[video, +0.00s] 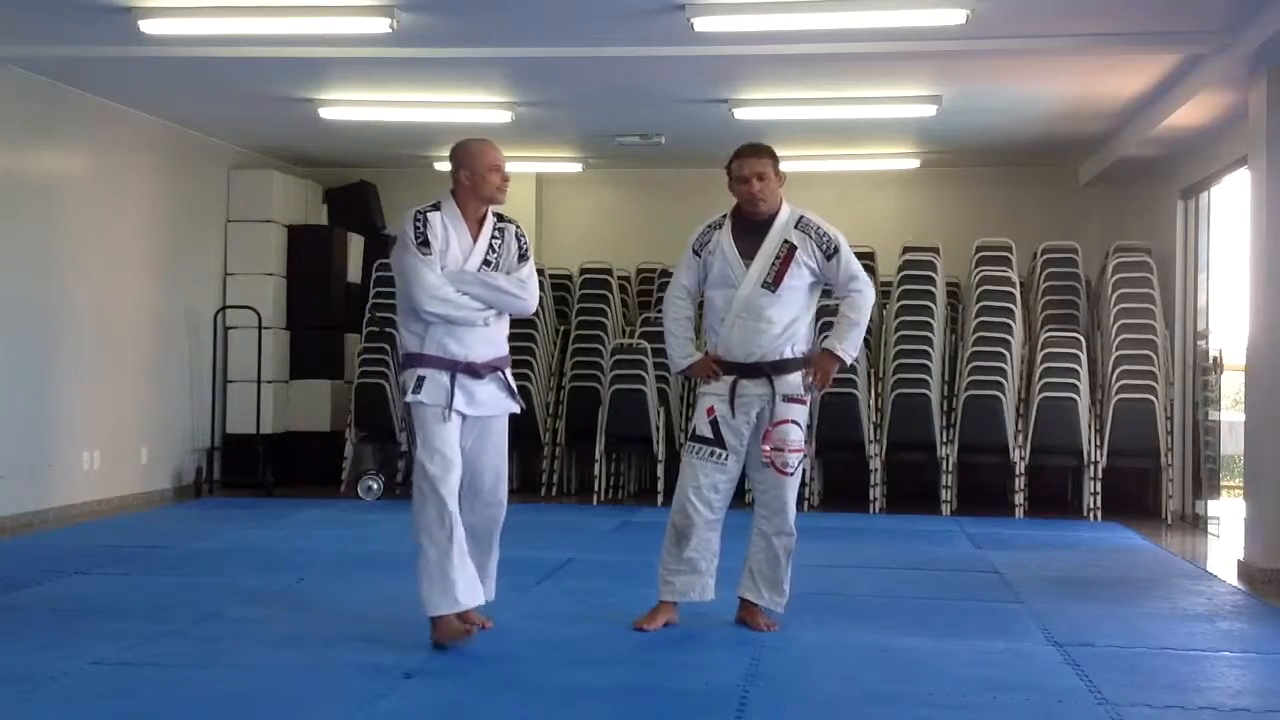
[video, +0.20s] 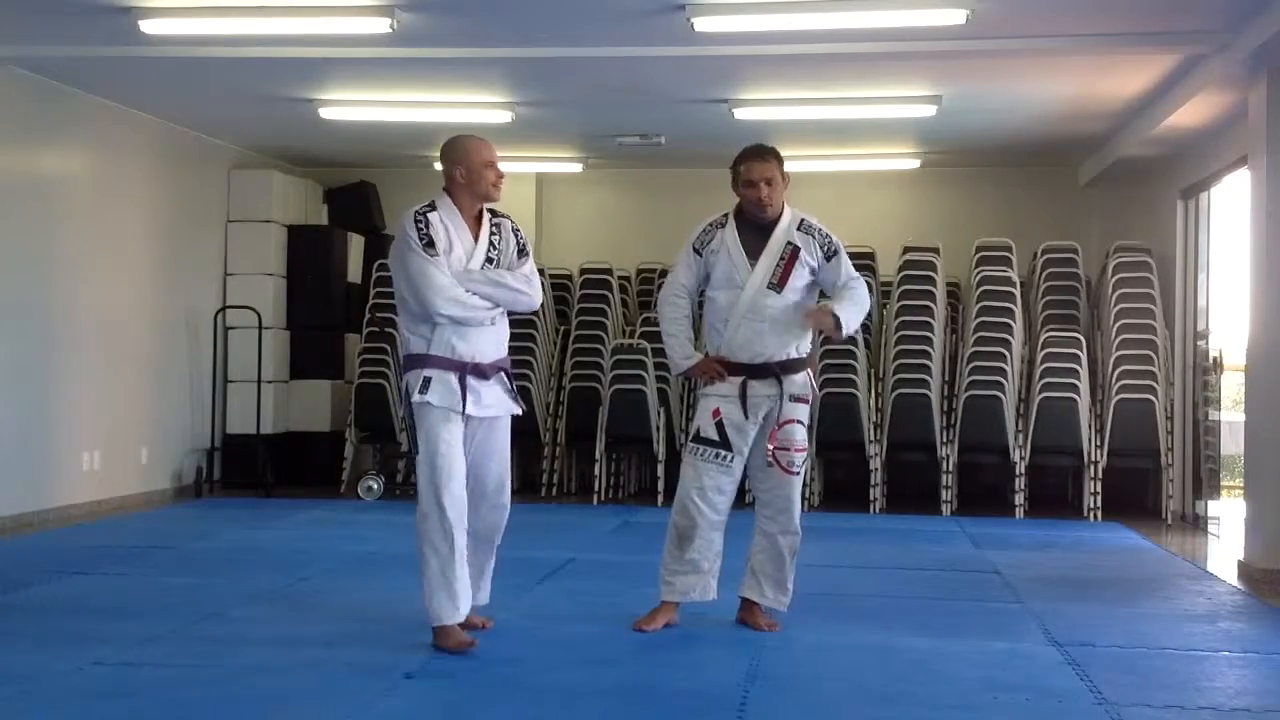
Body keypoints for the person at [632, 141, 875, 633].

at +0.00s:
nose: (753, 187)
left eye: (762, 177)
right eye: (742, 180)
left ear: (780, 181)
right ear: (730, 187)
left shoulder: (813, 235)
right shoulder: (709, 237)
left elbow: (859, 289)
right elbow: (678, 298)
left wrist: (836, 350)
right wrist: (686, 354)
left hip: (786, 387)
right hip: (721, 382)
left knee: (777, 504)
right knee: (694, 497)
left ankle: (755, 602)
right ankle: (670, 600)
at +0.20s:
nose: (761, 192)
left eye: (769, 183)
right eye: (750, 185)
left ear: (785, 184)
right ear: (735, 189)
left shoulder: (813, 239)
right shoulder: (711, 236)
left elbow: (856, 289)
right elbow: (673, 297)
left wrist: (839, 314)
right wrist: (687, 357)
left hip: (788, 388)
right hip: (723, 383)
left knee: (781, 502)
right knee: (696, 496)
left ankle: (755, 602)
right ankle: (671, 601)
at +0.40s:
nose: (775, 200)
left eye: (784, 191)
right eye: (765, 190)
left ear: (795, 190)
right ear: (744, 186)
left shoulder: (810, 240)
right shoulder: (713, 236)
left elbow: (839, 292)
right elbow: (672, 296)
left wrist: (824, 244)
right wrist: (689, 358)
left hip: (790, 387)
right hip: (726, 384)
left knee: (782, 503)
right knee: (698, 499)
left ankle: (755, 602)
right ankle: (672, 600)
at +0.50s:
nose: (779, 203)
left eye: (787, 194)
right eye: (769, 193)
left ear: (797, 194)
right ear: (747, 187)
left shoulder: (809, 241)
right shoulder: (713, 236)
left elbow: (839, 286)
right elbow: (671, 296)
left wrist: (812, 234)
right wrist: (688, 358)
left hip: (789, 388)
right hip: (725, 384)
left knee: (781, 503)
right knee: (698, 498)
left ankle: (755, 602)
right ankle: (672, 600)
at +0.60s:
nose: (776, 202)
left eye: (785, 194)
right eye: (767, 191)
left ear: (796, 193)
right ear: (746, 187)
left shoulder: (813, 236)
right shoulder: (713, 234)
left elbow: (847, 282)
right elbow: (671, 296)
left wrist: (795, 248)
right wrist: (688, 357)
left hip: (788, 388)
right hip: (723, 384)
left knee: (780, 503)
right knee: (696, 499)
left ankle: (755, 602)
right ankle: (671, 601)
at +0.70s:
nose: (776, 203)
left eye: (784, 194)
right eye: (766, 192)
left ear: (794, 192)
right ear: (743, 187)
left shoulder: (811, 238)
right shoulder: (709, 236)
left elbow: (849, 290)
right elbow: (672, 298)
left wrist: (798, 288)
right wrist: (687, 356)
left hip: (786, 389)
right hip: (721, 385)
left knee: (779, 504)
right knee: (695, 500)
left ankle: (755, 602)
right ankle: (671, 601)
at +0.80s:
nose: (770, 203)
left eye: (778, 193)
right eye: (759, 192)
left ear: (790, 191)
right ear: (738, 189)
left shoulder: (811, 240)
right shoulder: (708, 236)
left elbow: (851, 298)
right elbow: (674, 298)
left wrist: (809, 328)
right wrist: (686, 356)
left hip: (784, 389)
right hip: (720, 384)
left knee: (777, 503)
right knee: (694, 499)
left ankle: (754, 602)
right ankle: (671, 601)